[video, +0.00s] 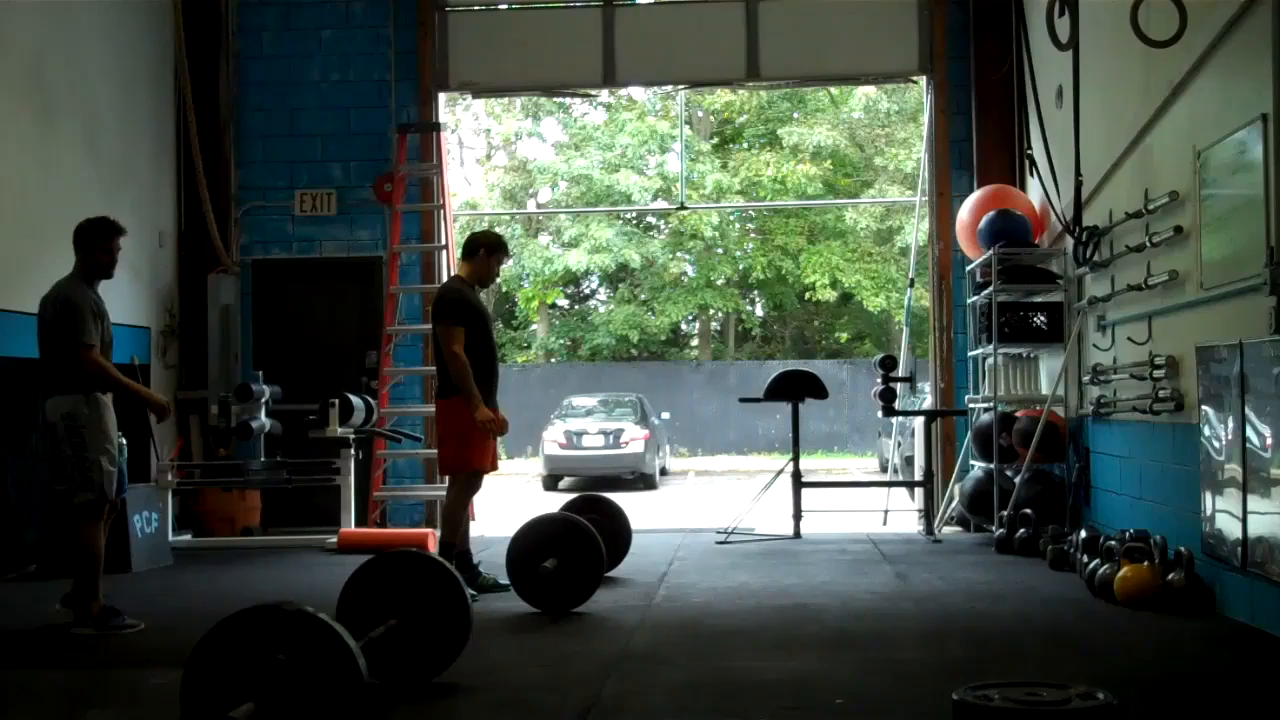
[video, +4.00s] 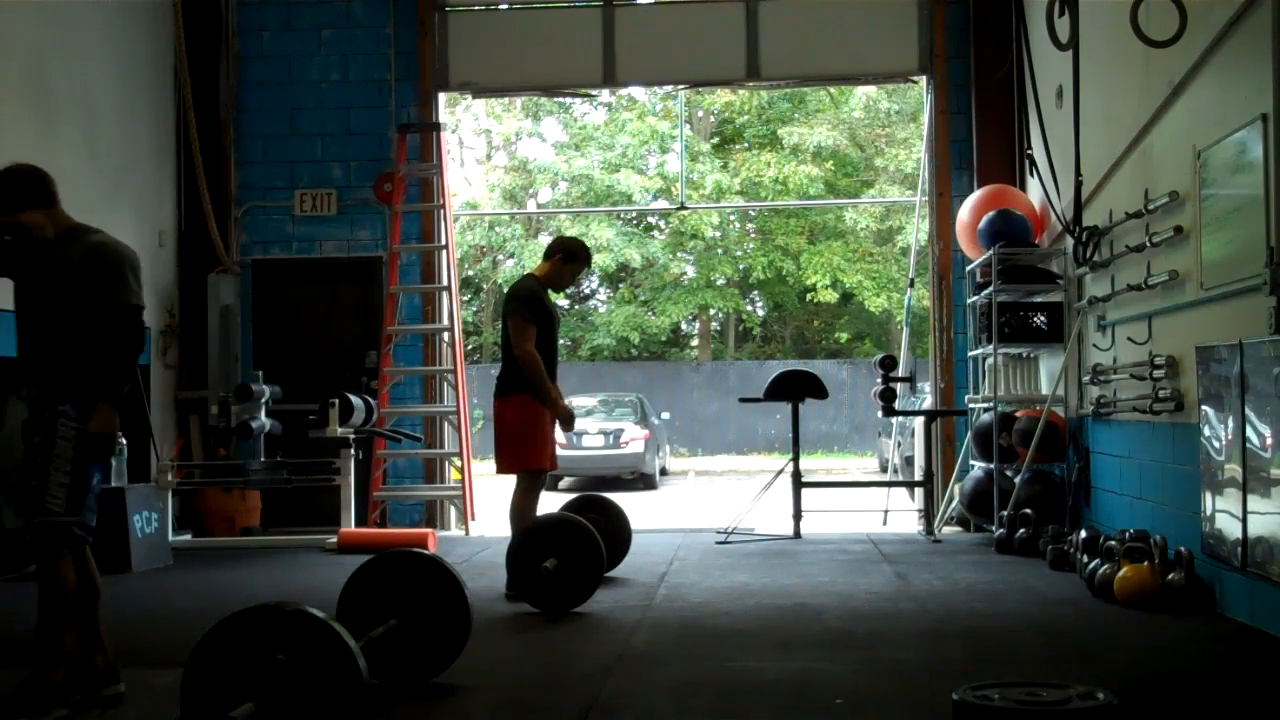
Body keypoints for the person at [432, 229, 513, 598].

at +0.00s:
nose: (498, 274)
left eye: (501, 267)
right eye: (498, 265)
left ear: (479, 256)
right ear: (482, 256)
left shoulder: (468, 296)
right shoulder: (454, 295)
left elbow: (477, 357)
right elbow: (453, 353)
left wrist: (492, 409)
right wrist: (478, 404)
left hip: (473, 404)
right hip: (461, 404)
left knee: (467, 484)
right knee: (464, 484)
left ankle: (460, 565)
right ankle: (450, 567)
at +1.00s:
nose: (507, 275)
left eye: (509, 269)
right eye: (505, 267)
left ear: (492, 261)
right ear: (486, 257)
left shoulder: (479, 298)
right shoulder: (457, 293)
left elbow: (486, 359)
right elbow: (451, 349)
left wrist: (499, 408)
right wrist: (474, 400)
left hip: (483, 404)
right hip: (463, 402)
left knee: (471, 483)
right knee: (466, 482)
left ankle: (464, 566)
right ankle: (453, 568)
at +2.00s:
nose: (509, 275)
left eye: (512, 268)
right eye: (509, 267)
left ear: (494, 258)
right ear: (490, 256)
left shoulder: (481, 294)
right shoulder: (460, 292)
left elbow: (486, 355)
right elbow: (456, 352)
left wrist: (499, 403)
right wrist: (479, 405)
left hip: (485, 406)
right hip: (464, 405)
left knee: (485, 482)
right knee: (466, 484)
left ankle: (471, 568)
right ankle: (467, 575)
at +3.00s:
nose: (548, 281)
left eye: (551, 274)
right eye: (549, 272)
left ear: (533, 260)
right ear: (533, 259)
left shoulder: (522, 300)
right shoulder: (501, 294)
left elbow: (535, 358)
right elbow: (504, 354)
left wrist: (564, 399)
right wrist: (533, 404)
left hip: (524, 401)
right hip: (504, 400)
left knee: (526, 481)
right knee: (512, 480)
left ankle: (526, 568)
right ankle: (477, 569)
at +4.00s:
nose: (573, 283)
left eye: (577, 278)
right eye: (574, 275)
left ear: (557, 260)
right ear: (558, 260)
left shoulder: (539, 296)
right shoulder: (525, 292)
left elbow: (539, 356)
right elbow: (524, 351)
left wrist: (557, 401)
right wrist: (557, 403)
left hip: (535, 401)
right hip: (524, 400)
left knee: (533, 482)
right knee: (530, 481)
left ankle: (525, 573)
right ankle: (520, 575)